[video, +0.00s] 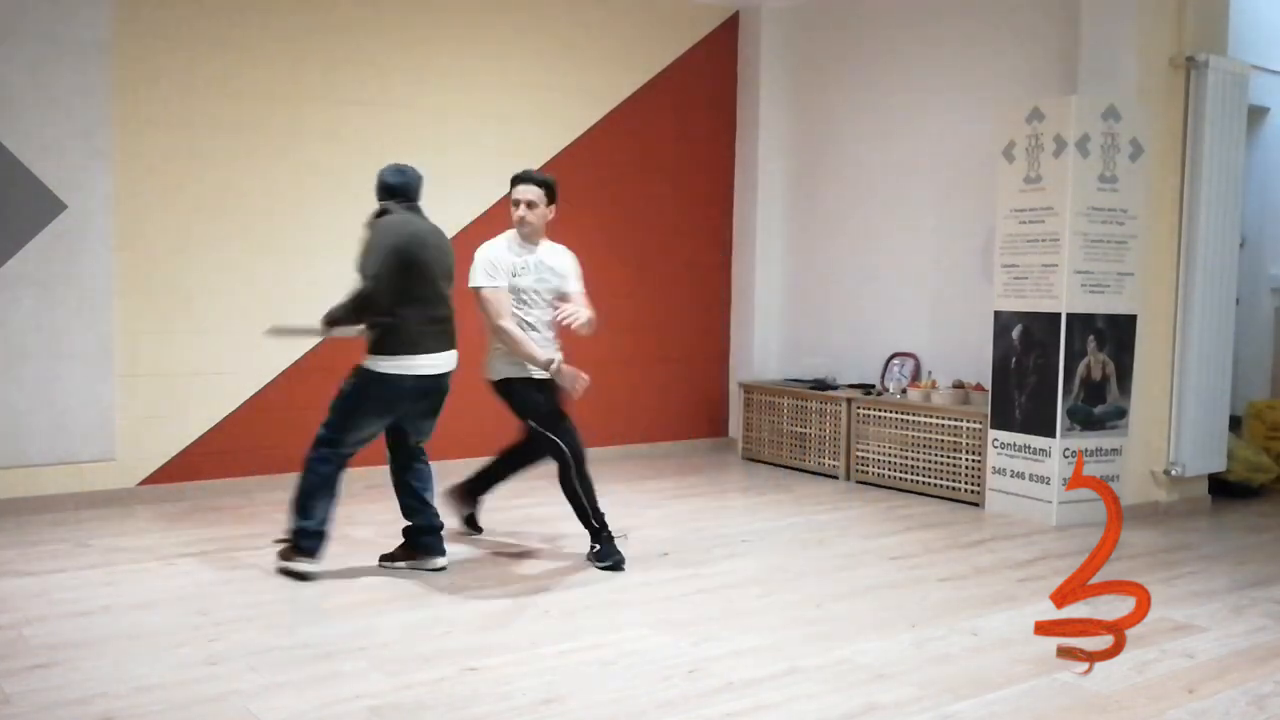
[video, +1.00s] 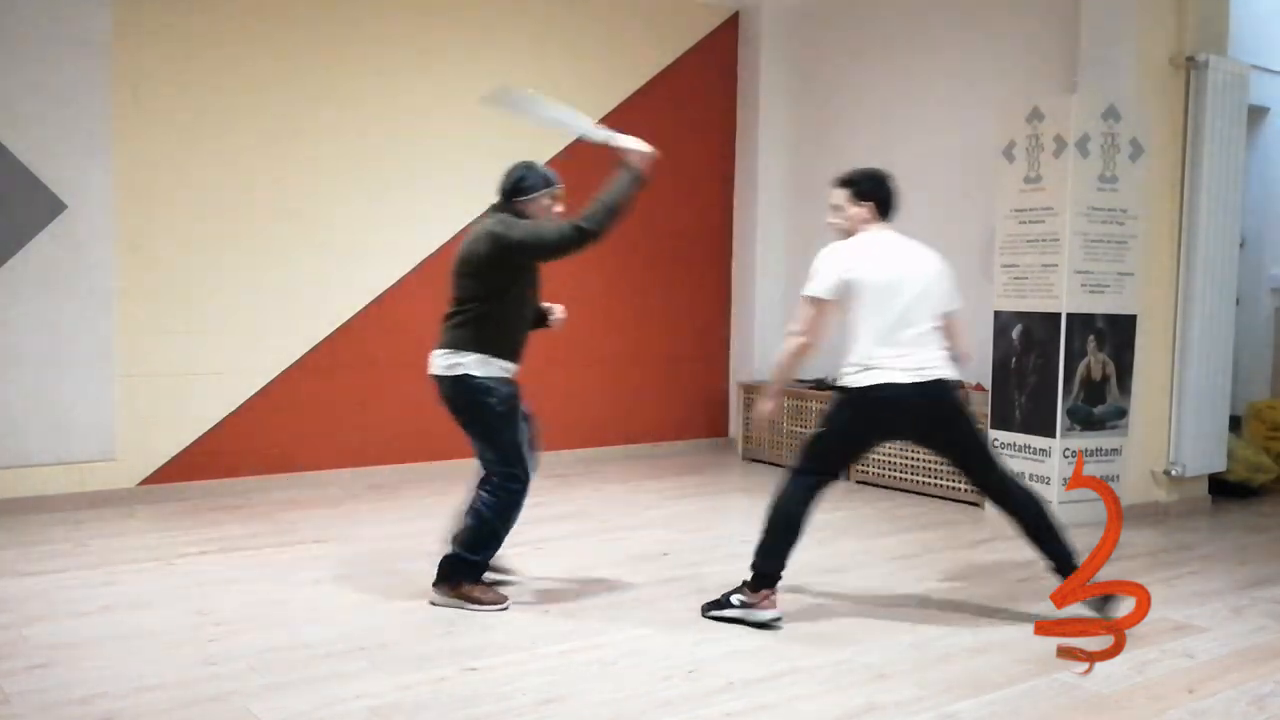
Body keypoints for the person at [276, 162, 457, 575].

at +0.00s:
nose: (378, 201)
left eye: (379, 195)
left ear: (382, 194)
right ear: (416, 195)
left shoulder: (387, 229)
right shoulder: (437, 235)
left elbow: (376, 292)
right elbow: (424, 298)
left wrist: (336, 317)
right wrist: (370, 317)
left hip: (390, 372)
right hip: (436, 370)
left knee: (330, 449)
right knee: (408, 448)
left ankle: (305, 545)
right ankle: (426, 543)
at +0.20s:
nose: (395, 206)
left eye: (393, 198)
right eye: (390, 199)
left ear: (347, 199)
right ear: (372, 200)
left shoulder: (306, 244)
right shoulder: (387, 235)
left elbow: (278, 315)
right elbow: (449, 260)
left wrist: (313, 351)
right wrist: (425, 240)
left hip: (327, 378)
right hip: (386, 374)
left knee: (305, 458)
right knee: (414, 446)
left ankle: (269, 549)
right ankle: (391, 540)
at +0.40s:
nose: (372, 200)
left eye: (371, 194)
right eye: (367, 193)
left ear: (328, 196)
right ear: (346, 194)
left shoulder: (300, 240)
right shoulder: (346, 223)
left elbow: (299, 313)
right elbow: (408, 192)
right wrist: (393, 151)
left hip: (312, 371)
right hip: (355, 365)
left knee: (303, 457)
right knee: (418, 437)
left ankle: (253, 547)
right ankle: (396, 538)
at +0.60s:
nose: (390, 205)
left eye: (388, 196)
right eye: (389, 197)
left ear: (348, 197)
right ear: (378, 199)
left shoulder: (327, 239)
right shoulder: (364, 229)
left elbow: (371, 303)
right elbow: (414, 185)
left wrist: (430, 311)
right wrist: (386, 141)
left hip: (324, 376)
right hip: (367, 373)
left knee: (312, 461)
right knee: (435, 451)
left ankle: (253, 545)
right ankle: (440, 556)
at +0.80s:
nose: (462, 219)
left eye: (462, 209)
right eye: (461, 211)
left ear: (423, 205)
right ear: (452, 210)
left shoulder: (409, 247)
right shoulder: (428, 243)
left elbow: (467, 310)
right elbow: (480, 204)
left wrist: (473, 300)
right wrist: (471, 149)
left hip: (382, 381)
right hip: (414, 381)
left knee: (349, 464)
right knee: (477, 461)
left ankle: (279, 531)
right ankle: (457, 577)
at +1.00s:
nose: (559, 209)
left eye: (557, 200)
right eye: (551, 201)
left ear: (519, 198)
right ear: (527, 202)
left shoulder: (498, 230)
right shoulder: (502, 233)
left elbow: (491, 304)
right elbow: (580, 231)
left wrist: (537, 314)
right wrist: (632, 172)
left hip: (478, 370)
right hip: (473, 374)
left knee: (518, 451)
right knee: (509, 475)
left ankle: (469, 548)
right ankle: (458, 577)